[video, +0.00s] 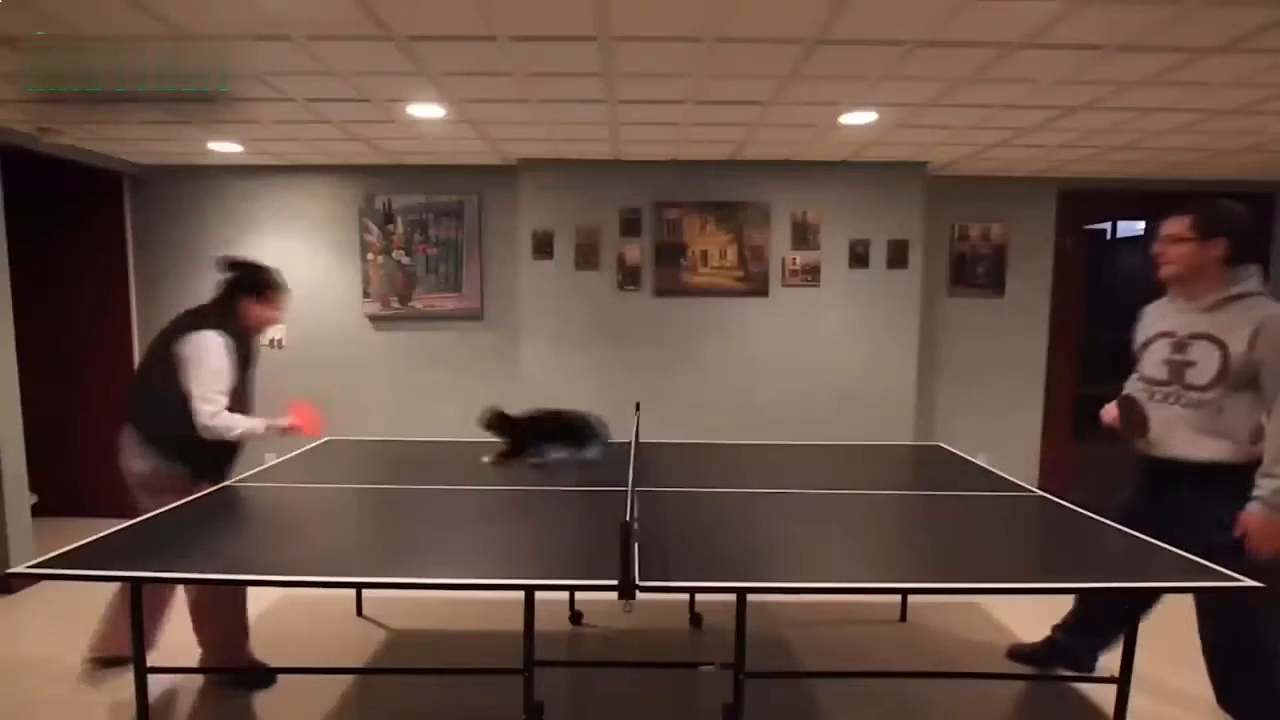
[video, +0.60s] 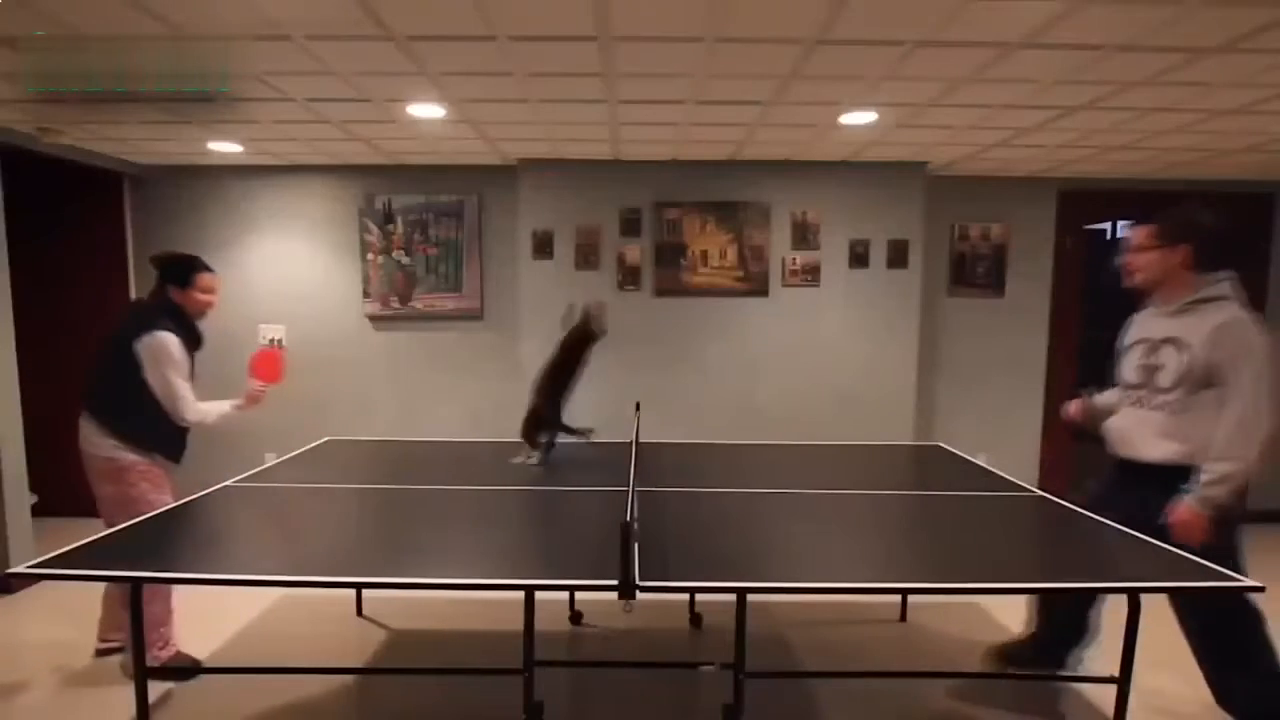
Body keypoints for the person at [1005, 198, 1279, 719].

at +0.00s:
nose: (1160, 251)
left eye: (1174, 241)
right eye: (1159, 241)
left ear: (1216, 249)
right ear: (1159, 248)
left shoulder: (1262, 318)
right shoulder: (1154, 313)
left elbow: (1277, 417)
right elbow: (1149, 384)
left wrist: (1267, 499)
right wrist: (1122, 407)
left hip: (1224, 484)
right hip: (1157, 476)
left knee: (1234, 616)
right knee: (1122, 570)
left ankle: (1256, 707)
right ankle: (1070, 648)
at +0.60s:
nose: (1127, 262)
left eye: (1138, 251)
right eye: (1127, 251)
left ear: (1179, 256)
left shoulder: (1232, 323)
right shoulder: (1141, 322)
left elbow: (1250, 420)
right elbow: (1136, 393)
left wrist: (1204, 499)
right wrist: (1091, 405)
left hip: (1188, 485)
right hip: (1126, 476)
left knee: (1217, 617)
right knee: (1073, 553)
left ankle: (1260, 704)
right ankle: (1049, 646)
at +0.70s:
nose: (1082, 276)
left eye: (1093, 264)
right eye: (1081, 266)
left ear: (1130, 265)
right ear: (1086, 273)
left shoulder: (1183, 327)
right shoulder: (1100, 330)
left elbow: (1209, 425)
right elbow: (1100, 398)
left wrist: (1167, 497)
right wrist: (1055, 413)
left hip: (1160, 485)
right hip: (1099, 480)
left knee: (1194, 607)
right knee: (1055, 567)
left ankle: (1257, 705)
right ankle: (1020, 653)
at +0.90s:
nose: (1016, 283)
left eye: (1023, 272)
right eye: (1013, 274)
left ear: (1059, 269)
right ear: (1053, 272)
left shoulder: (1121, 324)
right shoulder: (1039, 320)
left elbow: (1155, 403)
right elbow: (1037, 380)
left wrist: (1131, 479)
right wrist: (1008, 407)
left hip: (1103, 470)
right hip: (1050, 463)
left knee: (1126, 583)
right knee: (1025, 554)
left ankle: (1187, 688)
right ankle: (1022, 648)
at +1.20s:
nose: (1078, 256)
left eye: (1089, 246)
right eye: (1075, 248)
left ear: (1122, 250)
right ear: (1072, 257)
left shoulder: (1166, 314)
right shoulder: (1064, 313)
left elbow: (1197, 404)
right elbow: (1033, 358)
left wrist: (1174, 476)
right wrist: (991, 361)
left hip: (1132, 468)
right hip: (1062, 462)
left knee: (1145, 586)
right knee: (1036, 558)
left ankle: (1210, 691)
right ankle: (1021, 648)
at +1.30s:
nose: (1111, 253)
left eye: (1123, 242)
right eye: (1109, 244)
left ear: (1158, 248)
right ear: (1106, 253)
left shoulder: (1206, 314)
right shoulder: (1109, 308)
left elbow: (1232, 406)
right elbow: (1106, 382)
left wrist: (1210, 481)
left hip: (1169, 470)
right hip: (1103, 461)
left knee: (1180, 588)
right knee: (1064, 557)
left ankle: (1211, 695)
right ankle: (1023, 651)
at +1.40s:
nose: (1139, 253)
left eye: (1151, 243)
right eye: (1139, 242)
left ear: (1190, 249)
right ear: (1143, 250)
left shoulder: (1238, 318)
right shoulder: (1149, 307)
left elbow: (1266, 415)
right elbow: (1150, 380)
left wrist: (1243, 492)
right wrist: (1109, 393)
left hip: (1200, 475)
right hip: (1140, 467)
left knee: (1202, 595)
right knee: (1103, 568)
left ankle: (1212, 698)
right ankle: (1052, 656)